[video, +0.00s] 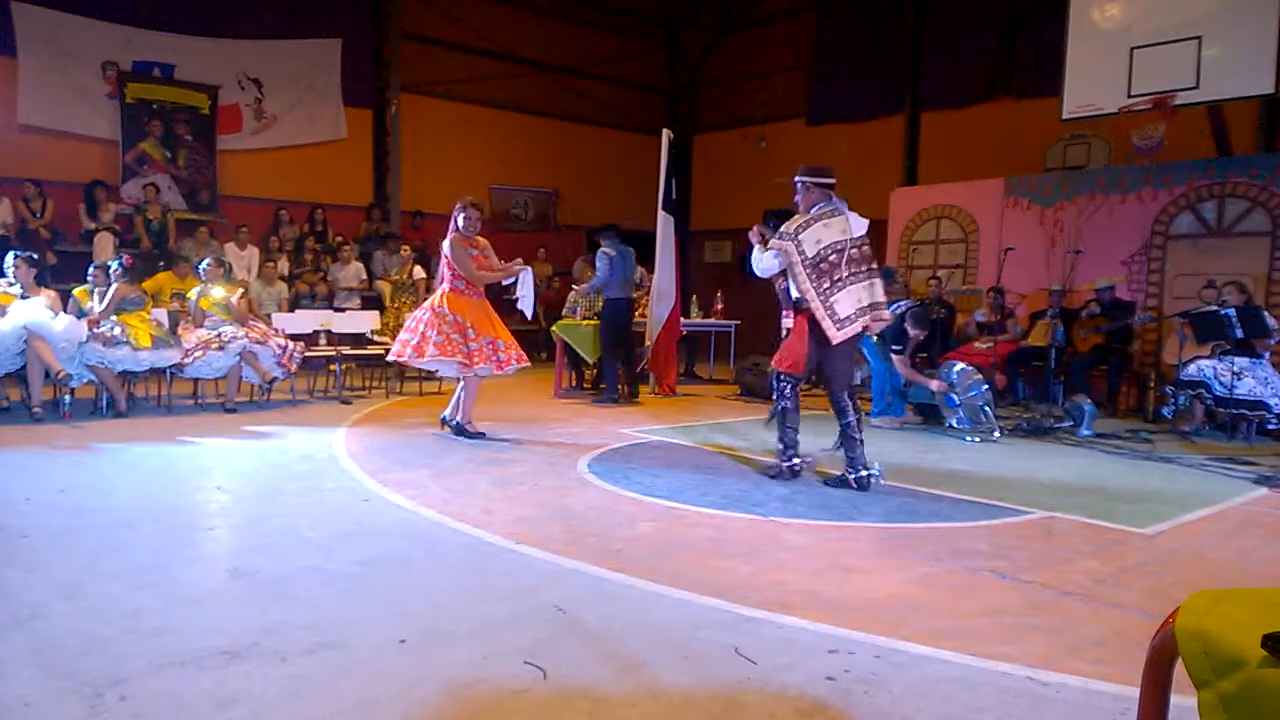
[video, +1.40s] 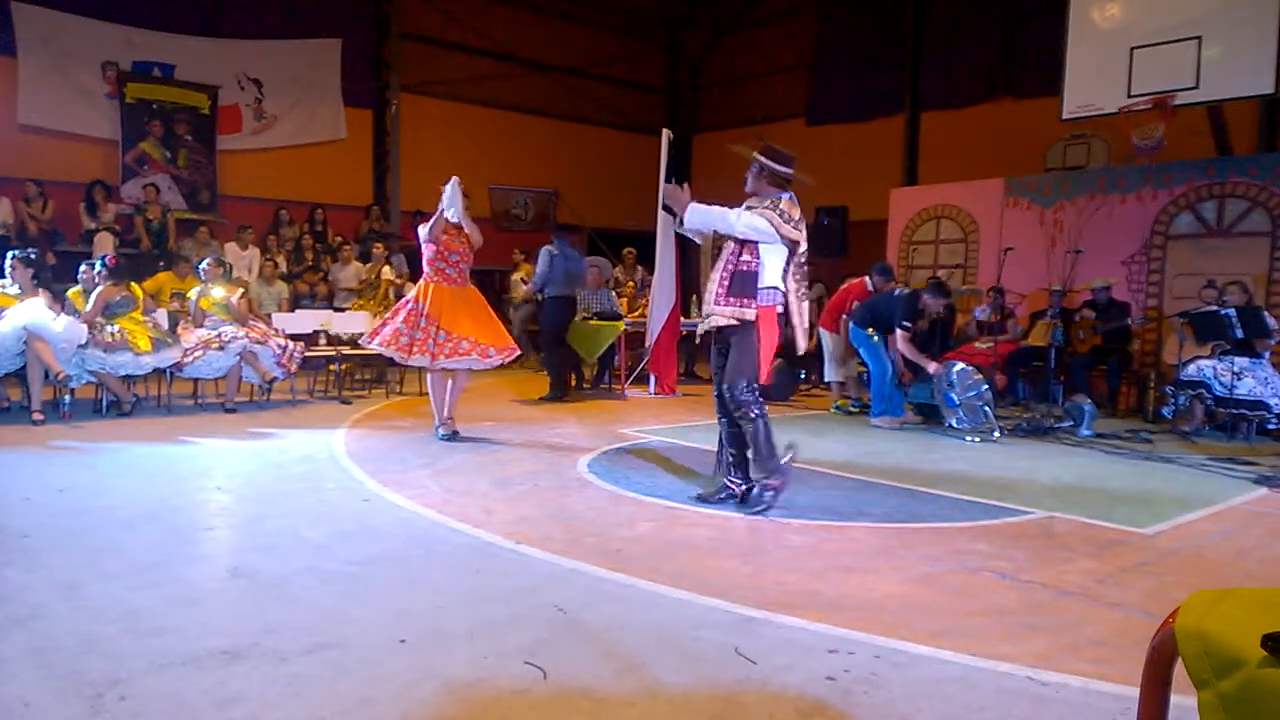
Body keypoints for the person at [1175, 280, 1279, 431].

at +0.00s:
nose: (1224, 298)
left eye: (1229, 293)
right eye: (1222, 294)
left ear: (1243, 297)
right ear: (1218, 297)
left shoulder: (1257, 315)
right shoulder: (1217, 316)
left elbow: (1264, 346)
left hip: (1254, 365)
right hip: (1223, 363)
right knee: (1197, 368)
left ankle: (1242, 424)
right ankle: (1197, 419)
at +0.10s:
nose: (1224, 298)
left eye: (1229, 293)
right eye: (1222, 294)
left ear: (1243, 297)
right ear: (1218, 297)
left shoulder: (1257, 315)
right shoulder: (1217, 316)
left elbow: (1265, 346)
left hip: (1254, 365)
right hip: (1223, 363)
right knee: (1197, 368)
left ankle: (1242, 424)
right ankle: (1197, 419)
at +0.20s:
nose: (1224, 298)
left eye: (1229, 293)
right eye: (1222, 294)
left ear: (1244, 297)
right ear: (1218, 297)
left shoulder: (1257, 315)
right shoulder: (1217, 316)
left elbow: (1265, 345)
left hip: (1254, 365)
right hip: (1223, 363)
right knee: (1197, 368)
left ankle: (1242, 424)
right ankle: (1197, 419)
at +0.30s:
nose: (1224, 298)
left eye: (1230, 293)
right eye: (1222, 294)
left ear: (1244, 297)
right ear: (1218, 297)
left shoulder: (1257, 315)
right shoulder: (1217, 316)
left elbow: (1264, 346)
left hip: (1253, 365)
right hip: (1223, 363)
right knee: (1197, 368)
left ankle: (1242, 424)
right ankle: (1197, 419)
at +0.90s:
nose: (1224, 298)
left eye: (1230, 293)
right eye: (1222, 294)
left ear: (1244, 297)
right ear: (1218, 298)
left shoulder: (1257, 315)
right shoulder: (1217, 316)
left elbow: (1263, 346)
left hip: (1254, 365)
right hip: (1223, 363)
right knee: (1196, 368)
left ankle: (1242, 424)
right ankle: (1197, 419)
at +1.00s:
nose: (1224, 297)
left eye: (1230, 293)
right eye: (1222, 294)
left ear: (1244, 297)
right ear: (1218, 298)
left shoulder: (1257, 315)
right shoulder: (1217, 316)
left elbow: (1263, 346)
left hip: (1254, 365)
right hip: (1223, 363)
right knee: (1196, 368)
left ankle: (1242, 424)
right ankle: (1197, 419)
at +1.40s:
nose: (1226, 297)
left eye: (1232, 293)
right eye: (1224, 294)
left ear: (1245, 297)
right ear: (1221, 297)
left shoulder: (1258, 315)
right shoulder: (1218, 315)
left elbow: (1265, 346)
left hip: (1254, 364)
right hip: (1223, 363)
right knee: (1197, 368)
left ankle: (1242, 424)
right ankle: (1197, 419)